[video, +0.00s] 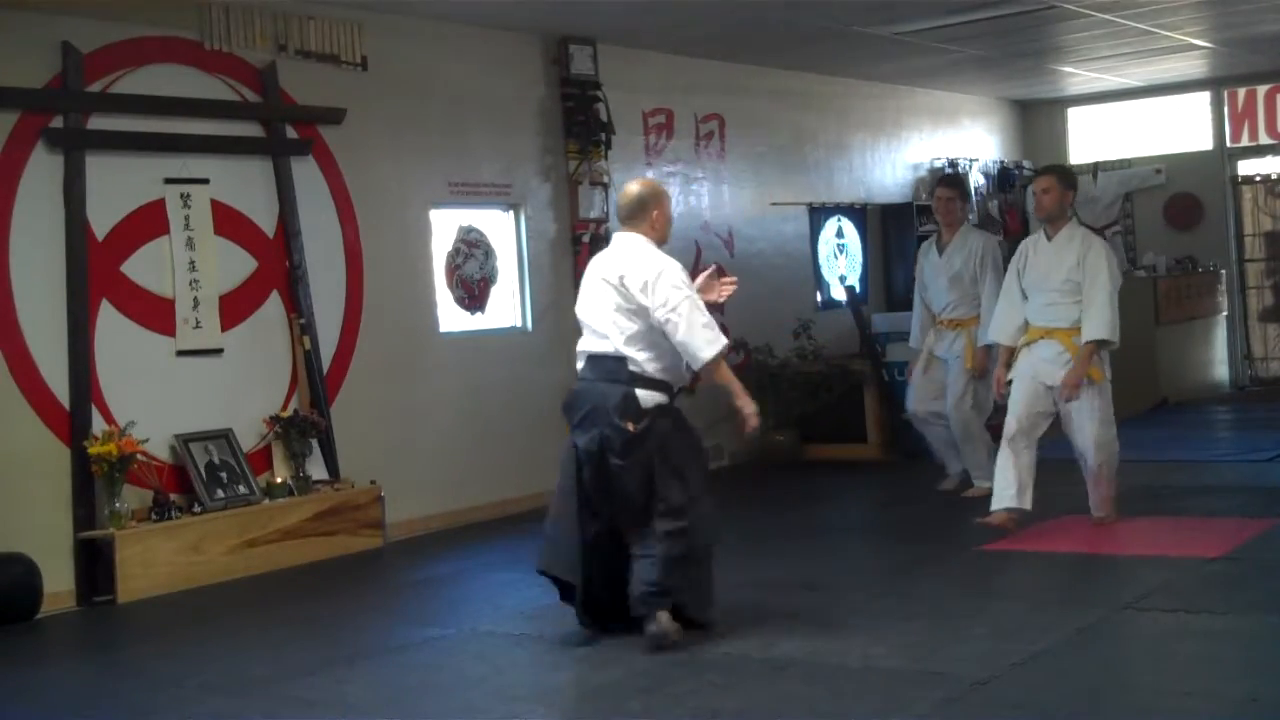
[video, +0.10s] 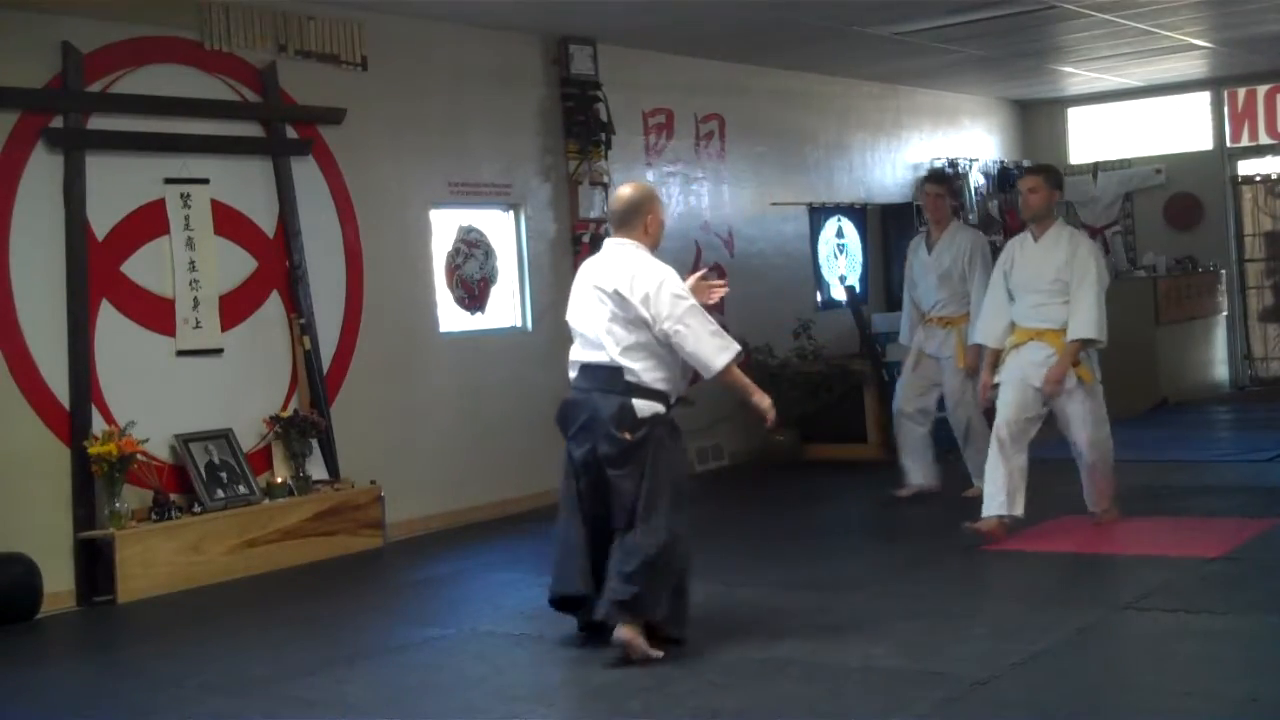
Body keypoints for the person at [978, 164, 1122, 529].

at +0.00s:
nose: (1037, 200)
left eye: (1045, 193)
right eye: (1034, 194)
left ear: (1069, 197)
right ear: (1033, 200)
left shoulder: (1093, 247)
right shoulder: (1027, 249)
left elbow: (1100, 309)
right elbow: (1011, 305)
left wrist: (1080, 365)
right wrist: (1002, 362)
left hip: (1080, 351)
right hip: (1035, 350)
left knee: (1094, 439)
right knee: (1016, 428)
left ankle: (1102, 507)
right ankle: (1008, 508)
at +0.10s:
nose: (1024, 199)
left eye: (1032, 192)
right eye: (1021, 193)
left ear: (1055, 196)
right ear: (1018, 200)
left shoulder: (1080, 245)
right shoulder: (1013, 249)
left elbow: (1088, 308)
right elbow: (997, 308)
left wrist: (1064, 362)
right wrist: (987, 366)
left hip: (1069, 347)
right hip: (1022, 349)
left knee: (1090, 439)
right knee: (1005, 429)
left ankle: (1102, 505)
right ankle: (996, 515)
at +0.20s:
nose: (1004, 194)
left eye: (1013, 187)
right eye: (1002, 188)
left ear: (1036, 192)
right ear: (1001, 195)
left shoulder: (1062, 242)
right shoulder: (993, 247)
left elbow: (1071, 305)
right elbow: (977, 306)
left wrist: (1050, 360)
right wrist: (969, 366)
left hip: (1052, 346)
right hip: (1002, 349)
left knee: (1079, 434)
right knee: (996, 431)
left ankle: (1100, 491)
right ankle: (995, 523)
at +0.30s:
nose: (986, 191)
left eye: (994, 183)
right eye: (984, 185)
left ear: (1019, 188)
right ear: (983, 191)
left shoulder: (1044, 239)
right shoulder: (974, 242)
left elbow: (1052, 302)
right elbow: (955, 300)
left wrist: (1040, 362)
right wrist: (946, 362)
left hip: (1029, 345)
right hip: (982, 347)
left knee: (1049, 441)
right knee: (983, 438)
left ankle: (1084, 485)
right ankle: (992, 526)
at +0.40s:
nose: (970, 188)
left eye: (979, 181)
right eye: (968, 182)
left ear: (1003, 185)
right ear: (966, 188)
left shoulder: (1030, 237)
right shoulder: (959, 240)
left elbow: (1039, 298)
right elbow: (939, 297)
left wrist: (1034, 357)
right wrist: (927, 357)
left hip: (1013, 347)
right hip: (968, 347)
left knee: (1016, 440)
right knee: (972, 440)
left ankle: (1047, 492)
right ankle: (987, 528)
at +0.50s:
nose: (958, 187)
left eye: (967, 179)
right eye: (955, 181)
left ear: (991, 183)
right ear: (954, 187)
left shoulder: (1017, 236)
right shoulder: (945, 240)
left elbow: (1029, 296)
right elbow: (925, 294)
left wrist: (1028, 355)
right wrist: (910, 350)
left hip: (1000, 346)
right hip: (956, 347)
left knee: (990, 436)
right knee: (958, 442)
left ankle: (1004, 518)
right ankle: (976, 526)